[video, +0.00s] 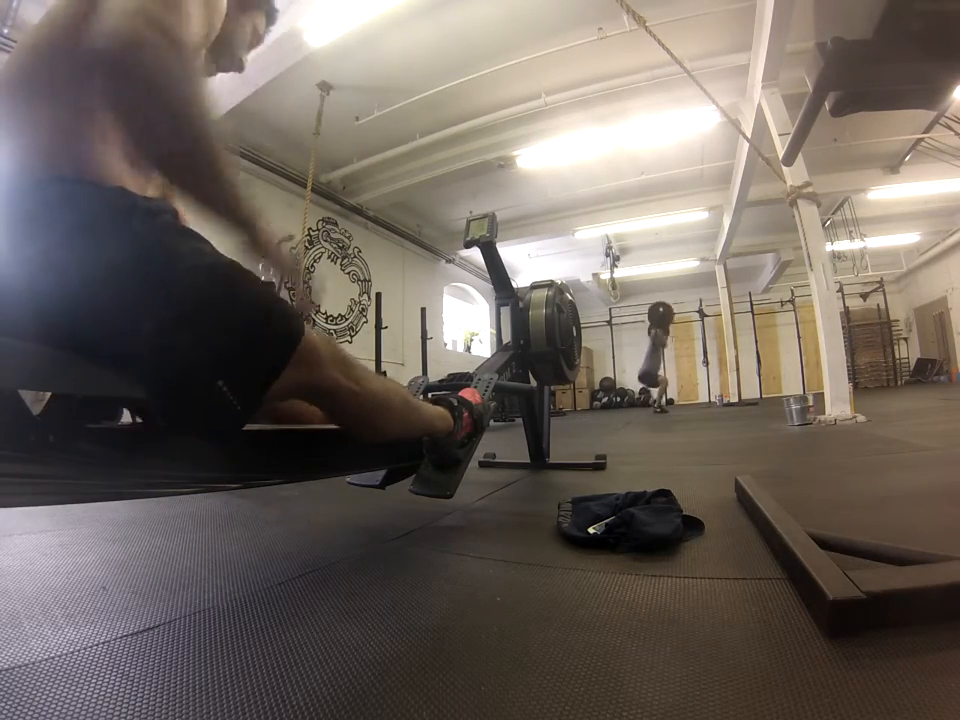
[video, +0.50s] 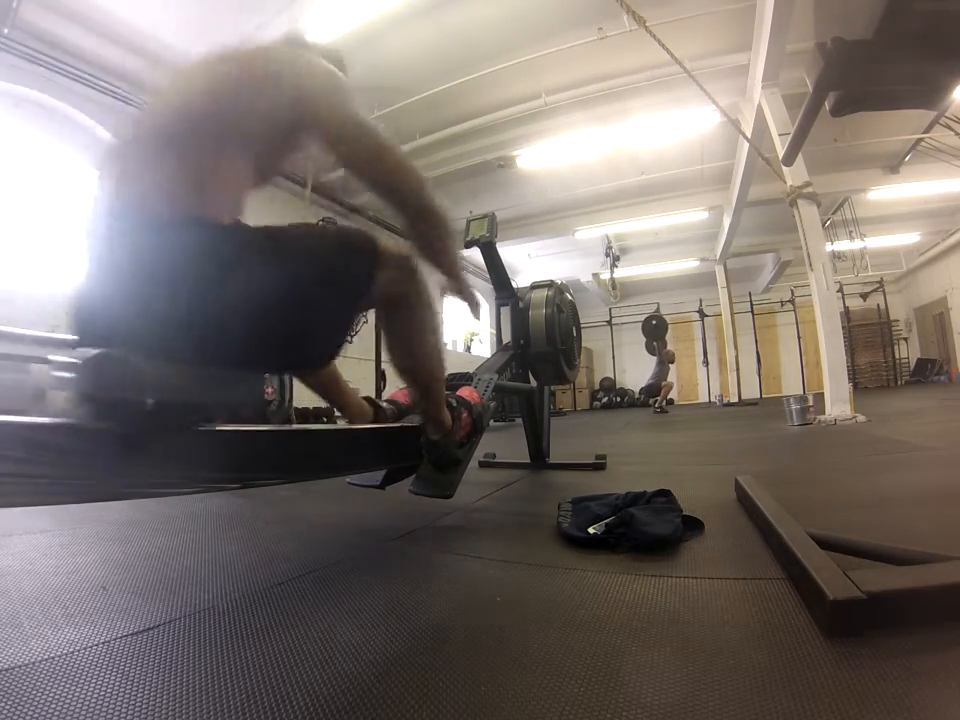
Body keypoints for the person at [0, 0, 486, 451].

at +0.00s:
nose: (256, 48)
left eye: (265, 36)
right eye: (264, 25)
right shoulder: (179, 2)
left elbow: (154, 200)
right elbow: (128, 53)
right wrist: (258, 233)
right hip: (75, 218)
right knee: (322, 366)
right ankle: (444, 424)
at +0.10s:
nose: (257, 57)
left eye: (266, 45)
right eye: (265, 33)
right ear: (243, 7)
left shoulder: (168, 84)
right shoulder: (204, 6)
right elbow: (86, 19)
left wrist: (214, 250)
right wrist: (187, 239)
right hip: (53, 217)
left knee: (279, 393)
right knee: (319, 338)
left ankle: (395, 424)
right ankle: (443, 426)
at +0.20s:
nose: (259, 70)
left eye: (272, 59)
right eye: (270, 46)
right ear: (250, 9)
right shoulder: (209, 3)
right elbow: (117, 34)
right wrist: (236, 231)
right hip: (60, 227)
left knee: (267, 348)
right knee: (331, 317)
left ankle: (358, 432)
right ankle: (443, 427)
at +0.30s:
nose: (265, 89)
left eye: (275, 76)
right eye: (274, 66)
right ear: (261, 22)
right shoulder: (220, 6)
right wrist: (304, 245)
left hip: (42, 262)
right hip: (97, 250)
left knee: (251, 329)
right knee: (343, 289)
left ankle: (359, 416)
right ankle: (444, 427)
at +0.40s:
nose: (302, 99)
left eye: (308, 92)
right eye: (306, 84)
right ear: (286, 46)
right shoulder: (248, 32)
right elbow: (318, 158)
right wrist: (391, 256)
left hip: (65, 279)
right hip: (136, 262)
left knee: (269, 322)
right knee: (374, 283)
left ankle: (364, 417)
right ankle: (444, 432)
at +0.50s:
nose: (315, 142)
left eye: (335, 102)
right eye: (333, 94)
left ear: (290, 51)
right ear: (320, 70)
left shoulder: (203, 93)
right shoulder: (304, 70)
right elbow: (402, 183)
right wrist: (451, 267)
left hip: (105, 299)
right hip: (190, 286)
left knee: (278, 301)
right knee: (398, 270)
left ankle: (363, 415)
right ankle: (443, 426)